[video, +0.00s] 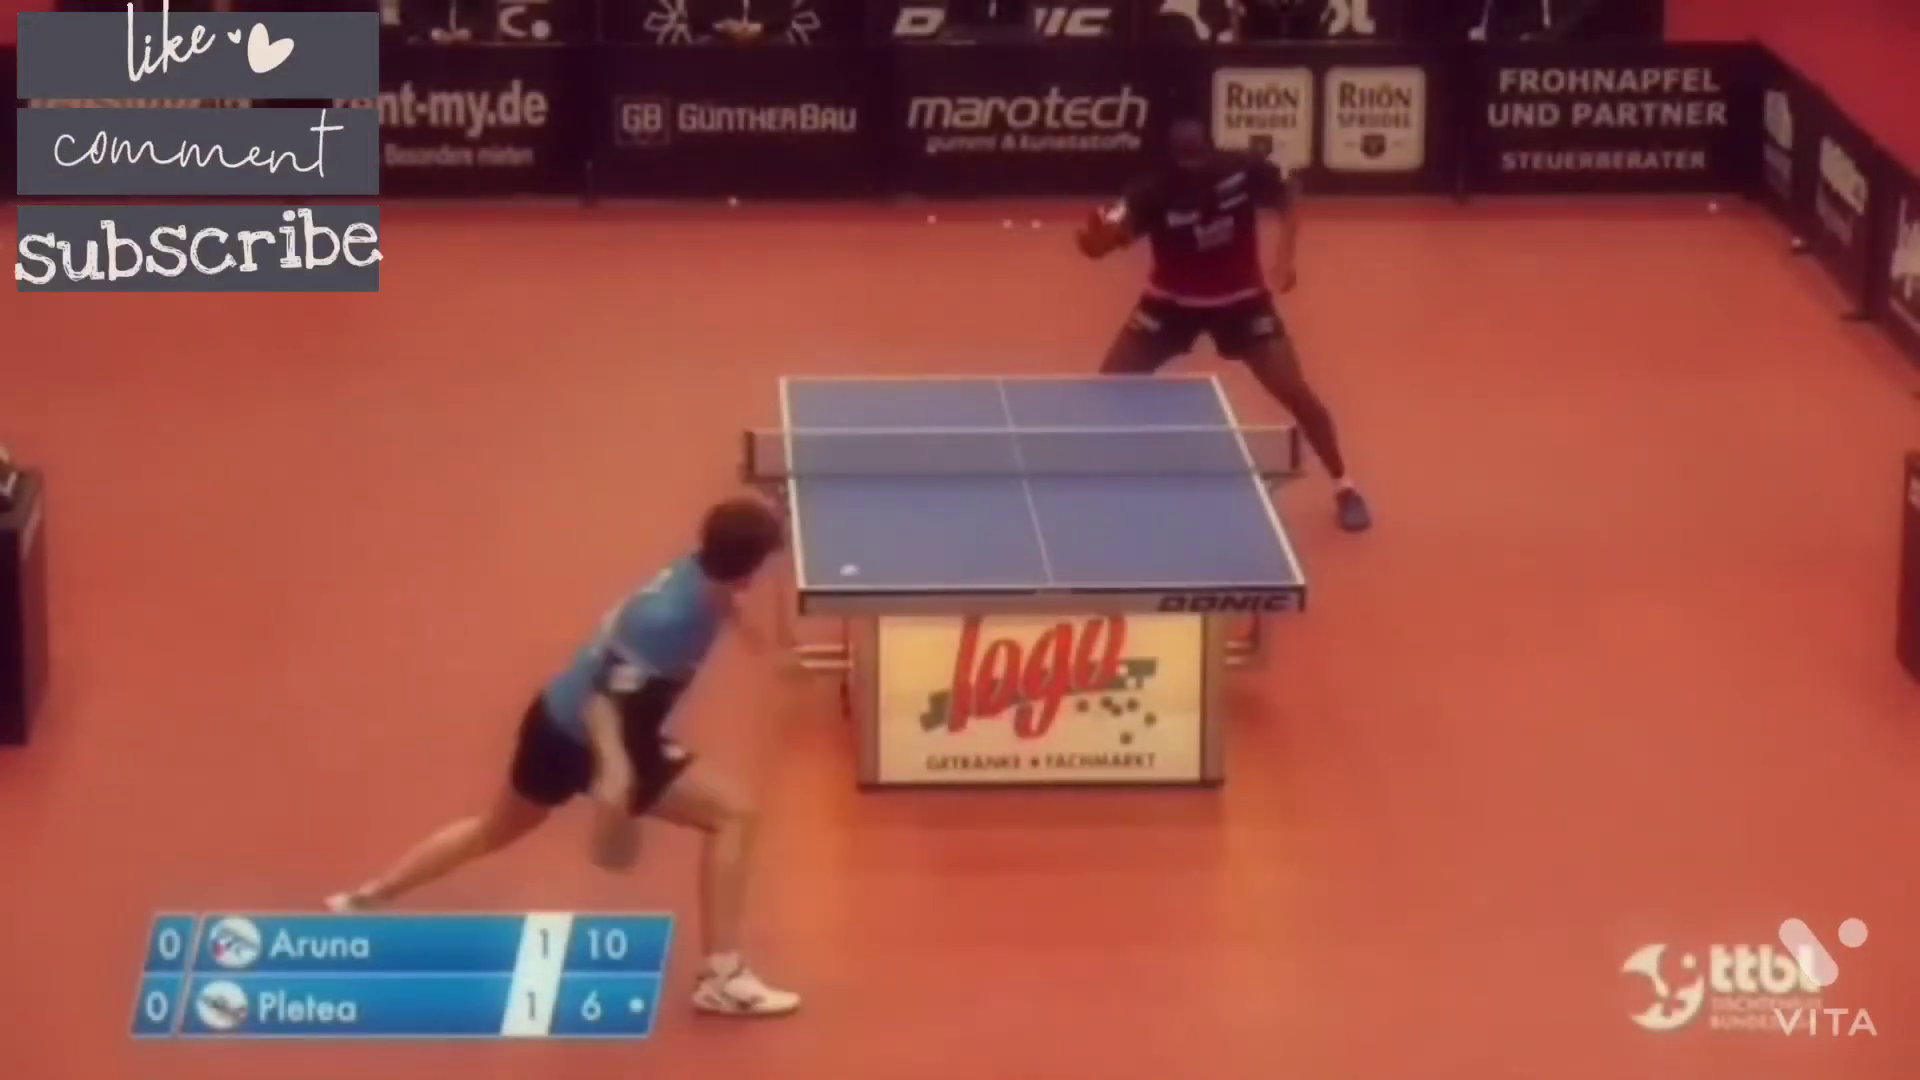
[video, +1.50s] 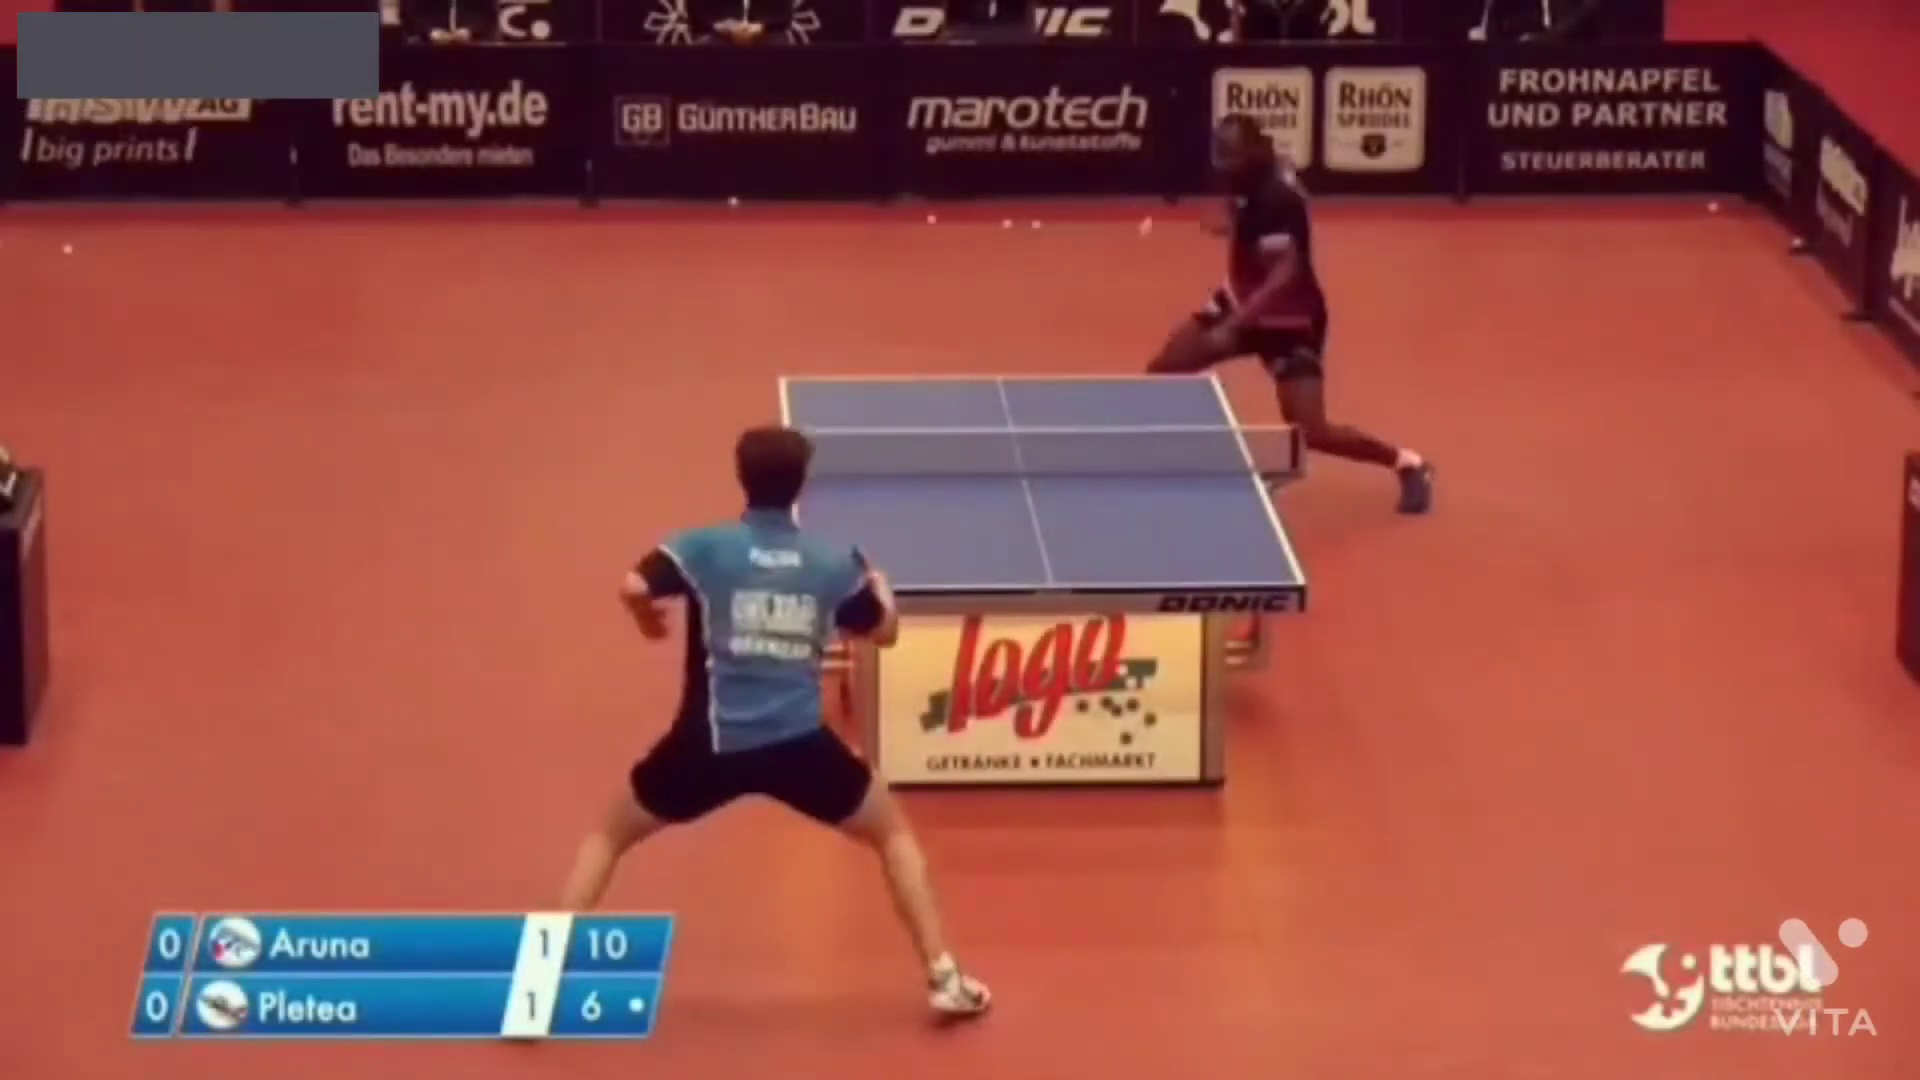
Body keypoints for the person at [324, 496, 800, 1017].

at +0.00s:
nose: (769, 568)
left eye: (770, 557)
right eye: (767, 559)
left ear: (710, 543)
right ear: (749, 569)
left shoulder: (697, 578)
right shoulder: (668, 617)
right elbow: (604, 704)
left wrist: (761, 645)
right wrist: (617, 780)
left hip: (561, 722)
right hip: (597, 740)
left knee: (495, 828)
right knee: (734, 816)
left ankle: (364, 898)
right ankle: (723, 973)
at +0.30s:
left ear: (464, 523)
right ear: (523, 508)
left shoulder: (461, 598)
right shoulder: (566, 549)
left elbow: (378, 640)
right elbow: (594, 476)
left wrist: (371, 560)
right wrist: (518, 452)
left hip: (513, 779)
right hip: (595, 769)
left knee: (425, 827)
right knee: (705, 845)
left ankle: (349, 927)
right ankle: (690, 935)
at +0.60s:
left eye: (607, 490)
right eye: (646, 489)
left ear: (592, 502)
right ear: (652, 501)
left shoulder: (561, 570)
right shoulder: (681, 578)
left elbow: (498, 631)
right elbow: (753, 647)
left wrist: (483, 702)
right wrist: (764, 584)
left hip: (558, 763)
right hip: (646, 763)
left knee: (466, 836)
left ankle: (372, 935)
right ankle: (790, 971)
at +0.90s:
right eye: (808, 543)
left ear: (755, 546)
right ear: (813, 557)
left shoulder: (709, 603)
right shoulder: (822, 637)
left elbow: (666, 640)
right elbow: (877, 711)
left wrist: (726, 645)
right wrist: (820, 703)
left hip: (679, 799)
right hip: (764, 804)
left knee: (611, 842)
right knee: (889, 855)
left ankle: (553, 962)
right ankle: (923, 1004)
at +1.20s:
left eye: (725, 428)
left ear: (724, 436)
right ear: (784, 440)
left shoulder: (726, 485)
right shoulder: (796, 510)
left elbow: (723, 511)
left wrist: (654, 566)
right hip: (775, 694)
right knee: (854, 846)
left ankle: (526, 957)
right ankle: (927, 982)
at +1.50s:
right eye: (798, 474)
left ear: (741, 481)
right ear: (802, 484)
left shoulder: (706, 547)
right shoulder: (829, 561)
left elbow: (633, 587)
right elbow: (884, 632)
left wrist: (652, 624)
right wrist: (882, 592)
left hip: (709, 745)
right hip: (800, 746)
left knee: (611, 834)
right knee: (892, 834)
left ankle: (547, 960)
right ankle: (943, 975)